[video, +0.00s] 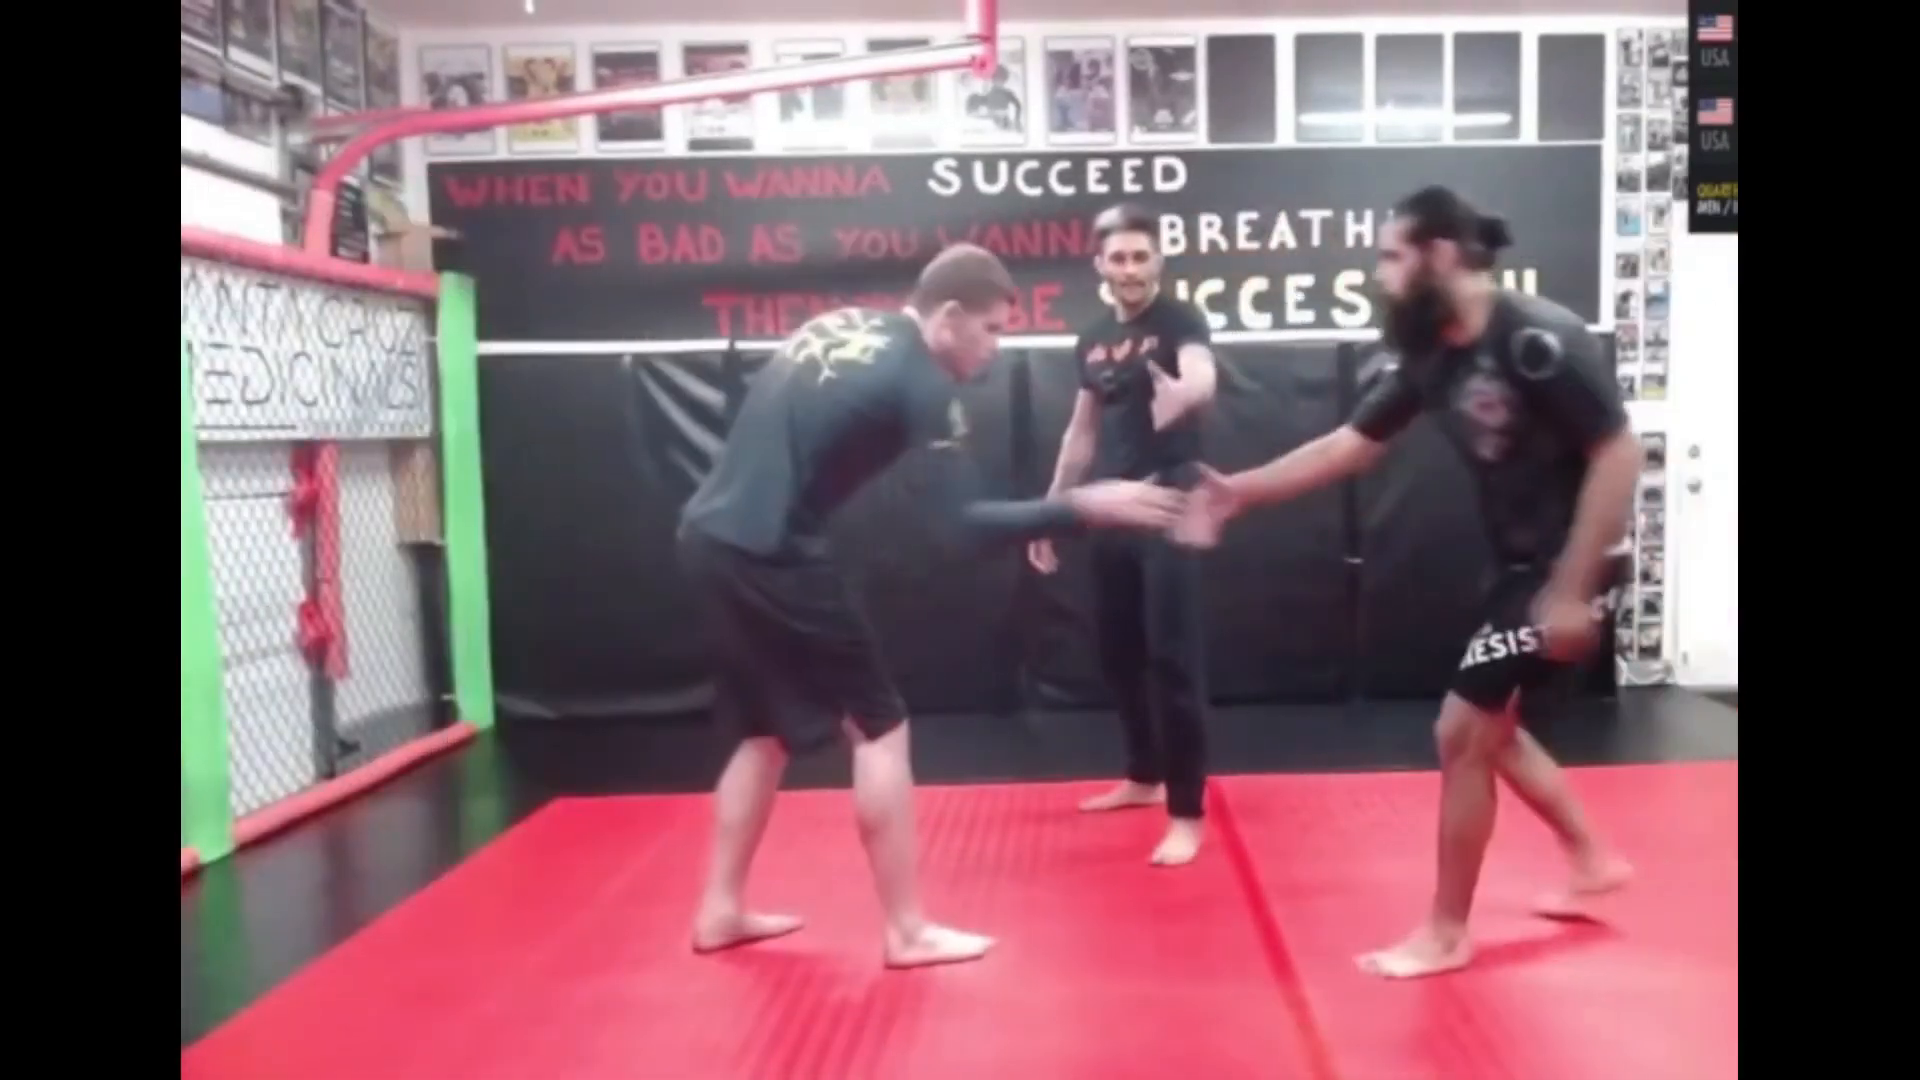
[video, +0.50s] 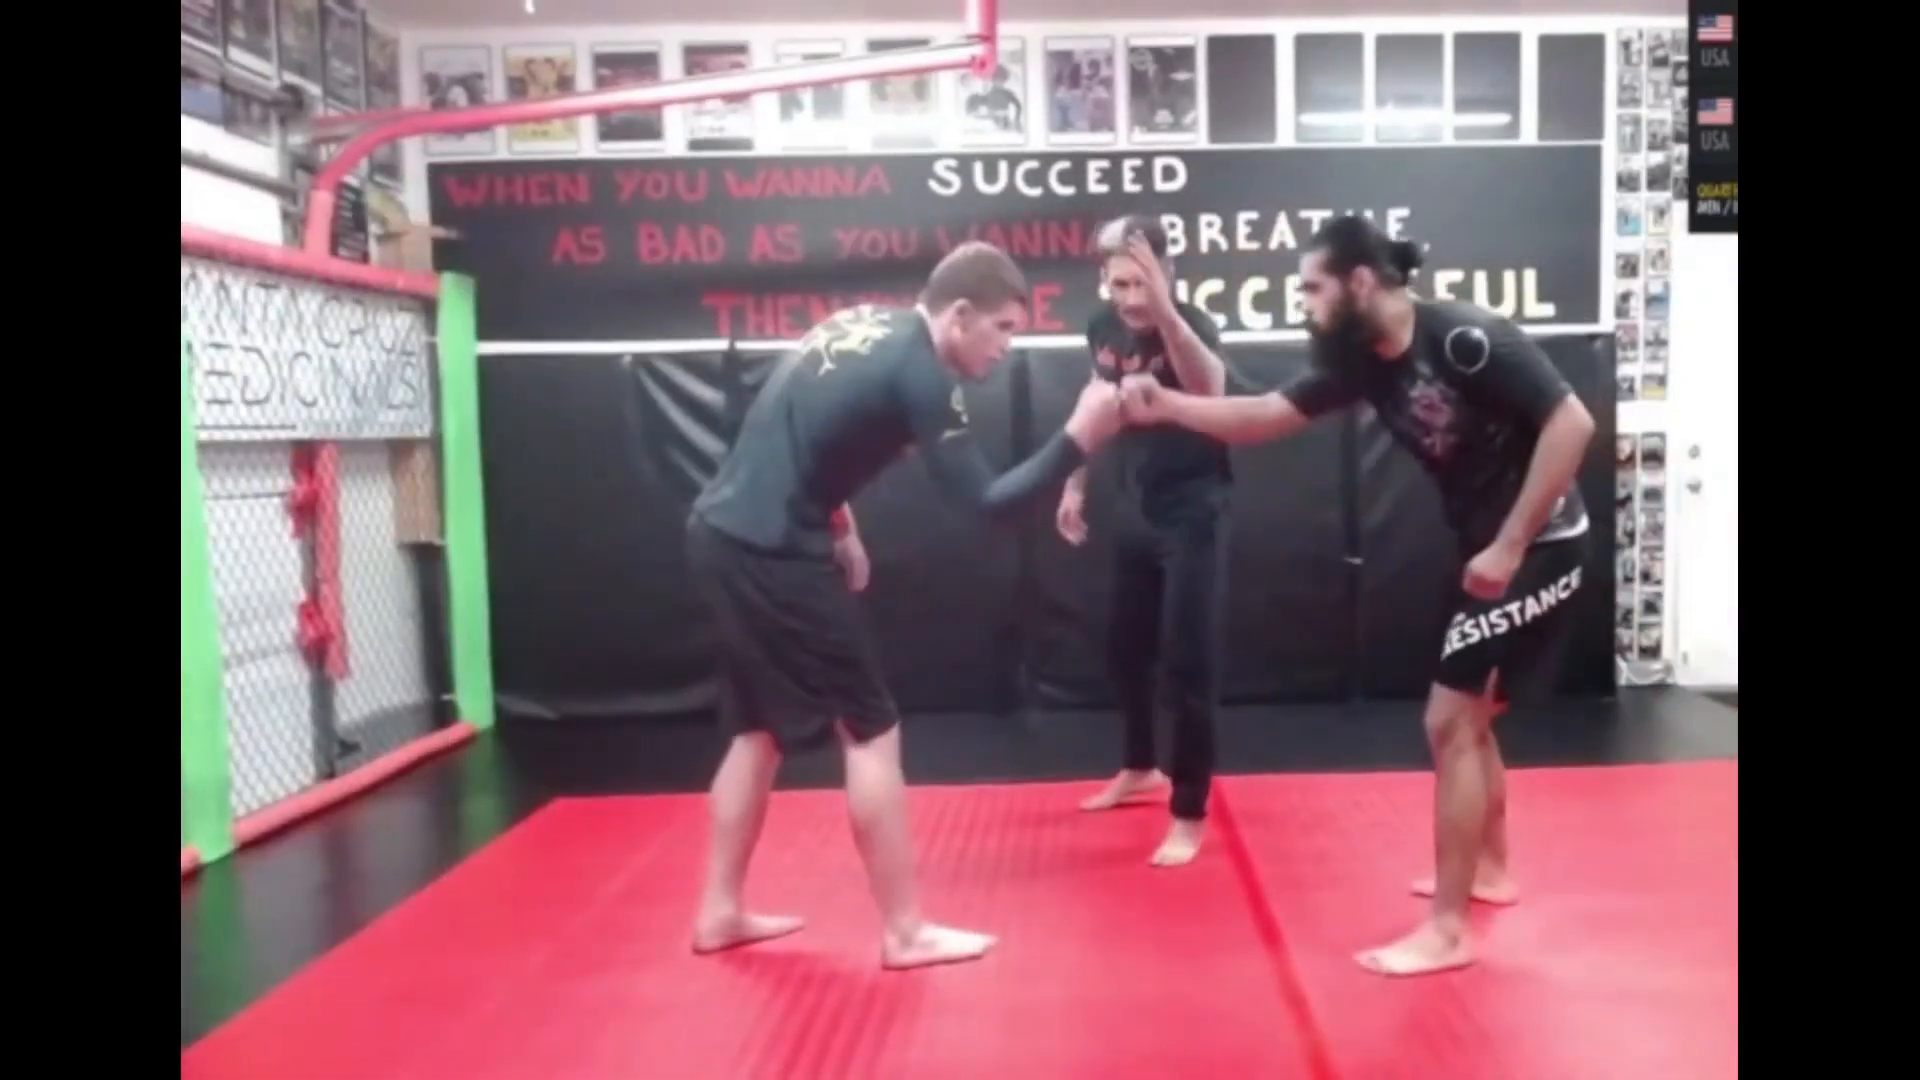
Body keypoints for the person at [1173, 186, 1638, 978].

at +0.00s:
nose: (1380, 276)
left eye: (1391, 259)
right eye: (1380, 260)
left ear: (1445, 255)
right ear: (1431, 258)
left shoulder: (1540, 339)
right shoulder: (1429, 355)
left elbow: (1620, 455)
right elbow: (1354, 443)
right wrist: (1238, 489)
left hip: (1564, 567)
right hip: (1516, 565)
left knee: (1460, 731)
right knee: (1489, 727)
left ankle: (1446, 933)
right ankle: (1594, 858)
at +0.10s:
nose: (1366, 272)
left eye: (1377, 255)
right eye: (1367, 255)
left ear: (1427, 254)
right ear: (1422, 257)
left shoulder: (1523, 333)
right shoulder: (1421, 354)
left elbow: (1609, 446)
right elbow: (1352, 449)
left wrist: (1537, 567)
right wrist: (1255, 491)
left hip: (1570, 560)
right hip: (1510, 559)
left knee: (1462, 723)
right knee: (1484, 725)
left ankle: (1447, 929)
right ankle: (1568, 859)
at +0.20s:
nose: (1314, 285)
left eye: (1324, 267)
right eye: (1313, 268)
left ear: (1374, 260)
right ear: (1368, 265)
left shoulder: (1479, 329)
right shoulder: (1382, 367)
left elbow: (1586, 422)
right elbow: (1346, 464)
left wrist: (1482, 520)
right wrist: (1253, 479)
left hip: (1554, 547)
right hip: (1494, 551)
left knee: (1453, 717)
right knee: (1466, 711)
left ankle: (1448, 934)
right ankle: (1480, 865)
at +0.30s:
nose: (1302, 298)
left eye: (1312, 281)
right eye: (1302, 283)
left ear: (1361, 277)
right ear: (1353, 280)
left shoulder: (1464, 338)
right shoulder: (1367, 372)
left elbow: (1579, 421)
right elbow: (1297, 452)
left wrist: (1489, 530)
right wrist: (1191, 450)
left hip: (1552, 544)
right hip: (1499, 548)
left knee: (1449, 714)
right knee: (1456, 707)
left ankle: (1445, 934)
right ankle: (1476, 858)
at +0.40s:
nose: (1298, 308)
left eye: (1308, 291)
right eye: (1297, 293)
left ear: (1359, 287)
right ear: (1351, 292)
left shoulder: (1457, 344)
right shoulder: (1359, 370)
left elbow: (1571, 424)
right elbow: (1270, 426)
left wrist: (1508, 548)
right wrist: (1167, 405)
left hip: (1542, 551)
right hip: (1494, 553)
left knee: (1445, 725)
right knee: (1465, 720)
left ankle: (1446, 932)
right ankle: (1489, 868)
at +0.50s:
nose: (1305, 305)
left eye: (1315, 289)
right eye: (1303, 290)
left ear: (1364, 283)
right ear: (1358, 287)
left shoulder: (1465, 339)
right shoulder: (1361, 360)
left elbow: (1572, 423)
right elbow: (1265, 416)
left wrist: (1510, 543)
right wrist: (1161, 403)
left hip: (1543, 544)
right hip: (1489, 546)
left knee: (1450, 720)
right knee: (1468, 717)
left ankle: (1448, 928)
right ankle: (1491, 868)